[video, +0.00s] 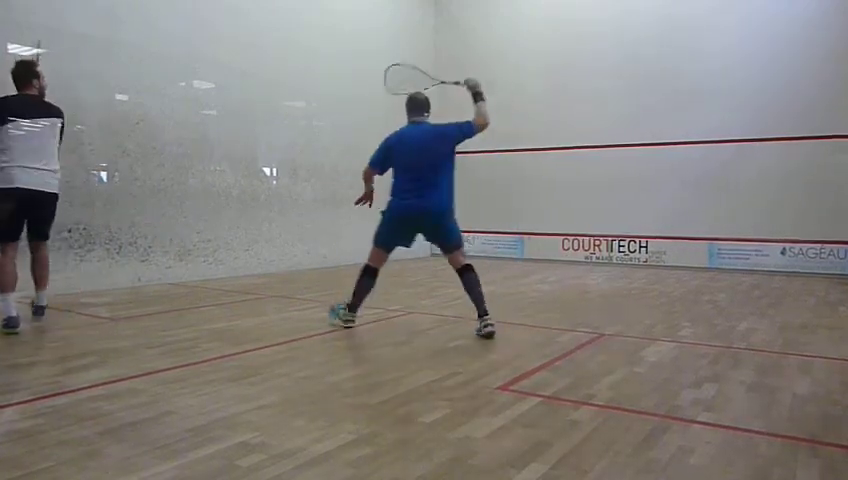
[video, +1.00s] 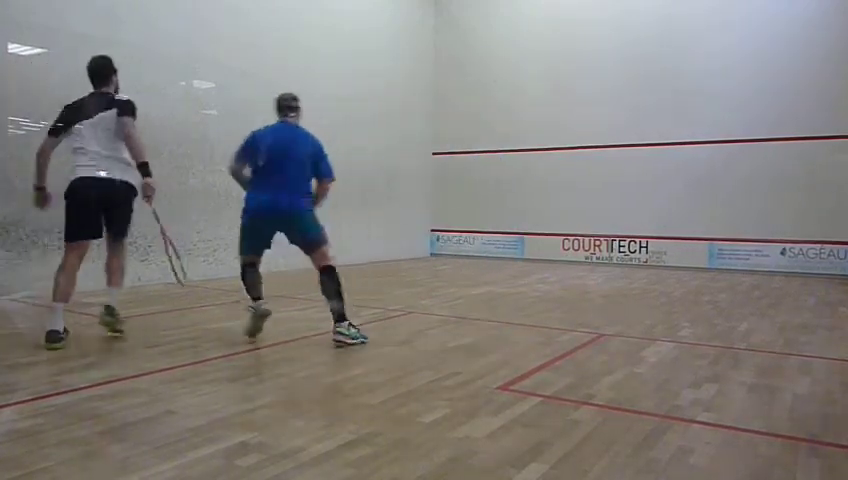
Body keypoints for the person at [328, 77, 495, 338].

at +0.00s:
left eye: (413, 107)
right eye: (424, 108)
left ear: (406, 112)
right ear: (428, 111)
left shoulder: (395, 140)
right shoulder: (445, 133)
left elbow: (368, 172)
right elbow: (482, 122)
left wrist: (368, 191)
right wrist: (477, 94)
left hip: (400, 212)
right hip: (438, 212)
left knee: (375, 260)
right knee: (459, 260)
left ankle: (350, 311)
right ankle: (484, 317)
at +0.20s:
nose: (379, 106)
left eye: (372, 102)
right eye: (385, 102)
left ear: (367, 103)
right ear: (389, 102)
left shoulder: (356, 128)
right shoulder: (399, 126)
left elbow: (336, 161)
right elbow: (426, 147)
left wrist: (353, 180)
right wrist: (455, 142)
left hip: (359, 199)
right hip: (392, 199)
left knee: (351, 253)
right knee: (407, 253)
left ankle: (343, 311)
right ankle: (407, 314)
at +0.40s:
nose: (357, 110)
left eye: (347, 105)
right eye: (364, 105)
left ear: (345, 106)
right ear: (367, 106)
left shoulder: (332, 131)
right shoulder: (375, 131)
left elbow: (304, 159)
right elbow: (392, 159)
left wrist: (318, 184)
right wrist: (428, 180)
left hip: (332, 200)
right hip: (361, 201)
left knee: (335, 252)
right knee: (367, 259)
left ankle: (322, 310)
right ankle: (330, 307)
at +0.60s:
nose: (365, 108)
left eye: (362, 104)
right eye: (366, 104)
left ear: (343, 101)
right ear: (363, 103)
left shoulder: (323, 122)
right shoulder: (365, 126)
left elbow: (299, 156)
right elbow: (380, 164)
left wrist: (313, 181)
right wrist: (400, 196)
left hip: (310, 188)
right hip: (340, 190)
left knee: (315, 248)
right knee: (345, 251)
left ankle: (309, 309)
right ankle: (326, 312)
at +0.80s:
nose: (356, 131)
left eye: (355, 127)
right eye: (357, 127)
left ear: (335, 124)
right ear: (354, 126)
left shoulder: (318, 143)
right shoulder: (352, 147)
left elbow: (305, 175)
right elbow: (358, 183)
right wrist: (369, 221)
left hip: (287, 205)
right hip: (319, 209)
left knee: (288, 258)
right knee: (350, 264)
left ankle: (251, 301)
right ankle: (342, 329)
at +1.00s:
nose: (294, 115)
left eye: (290, 109)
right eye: (295, 111)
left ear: (277, 112)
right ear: (298, 113)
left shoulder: (260, 136)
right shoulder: (310, 141)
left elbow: (235, 168)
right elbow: (325, 181)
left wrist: (253, 188)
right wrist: (313, 203)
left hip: (259, 208)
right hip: (296, 209)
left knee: (250, 262)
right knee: (323, 261)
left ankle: (257, 303)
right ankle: (341, 323)